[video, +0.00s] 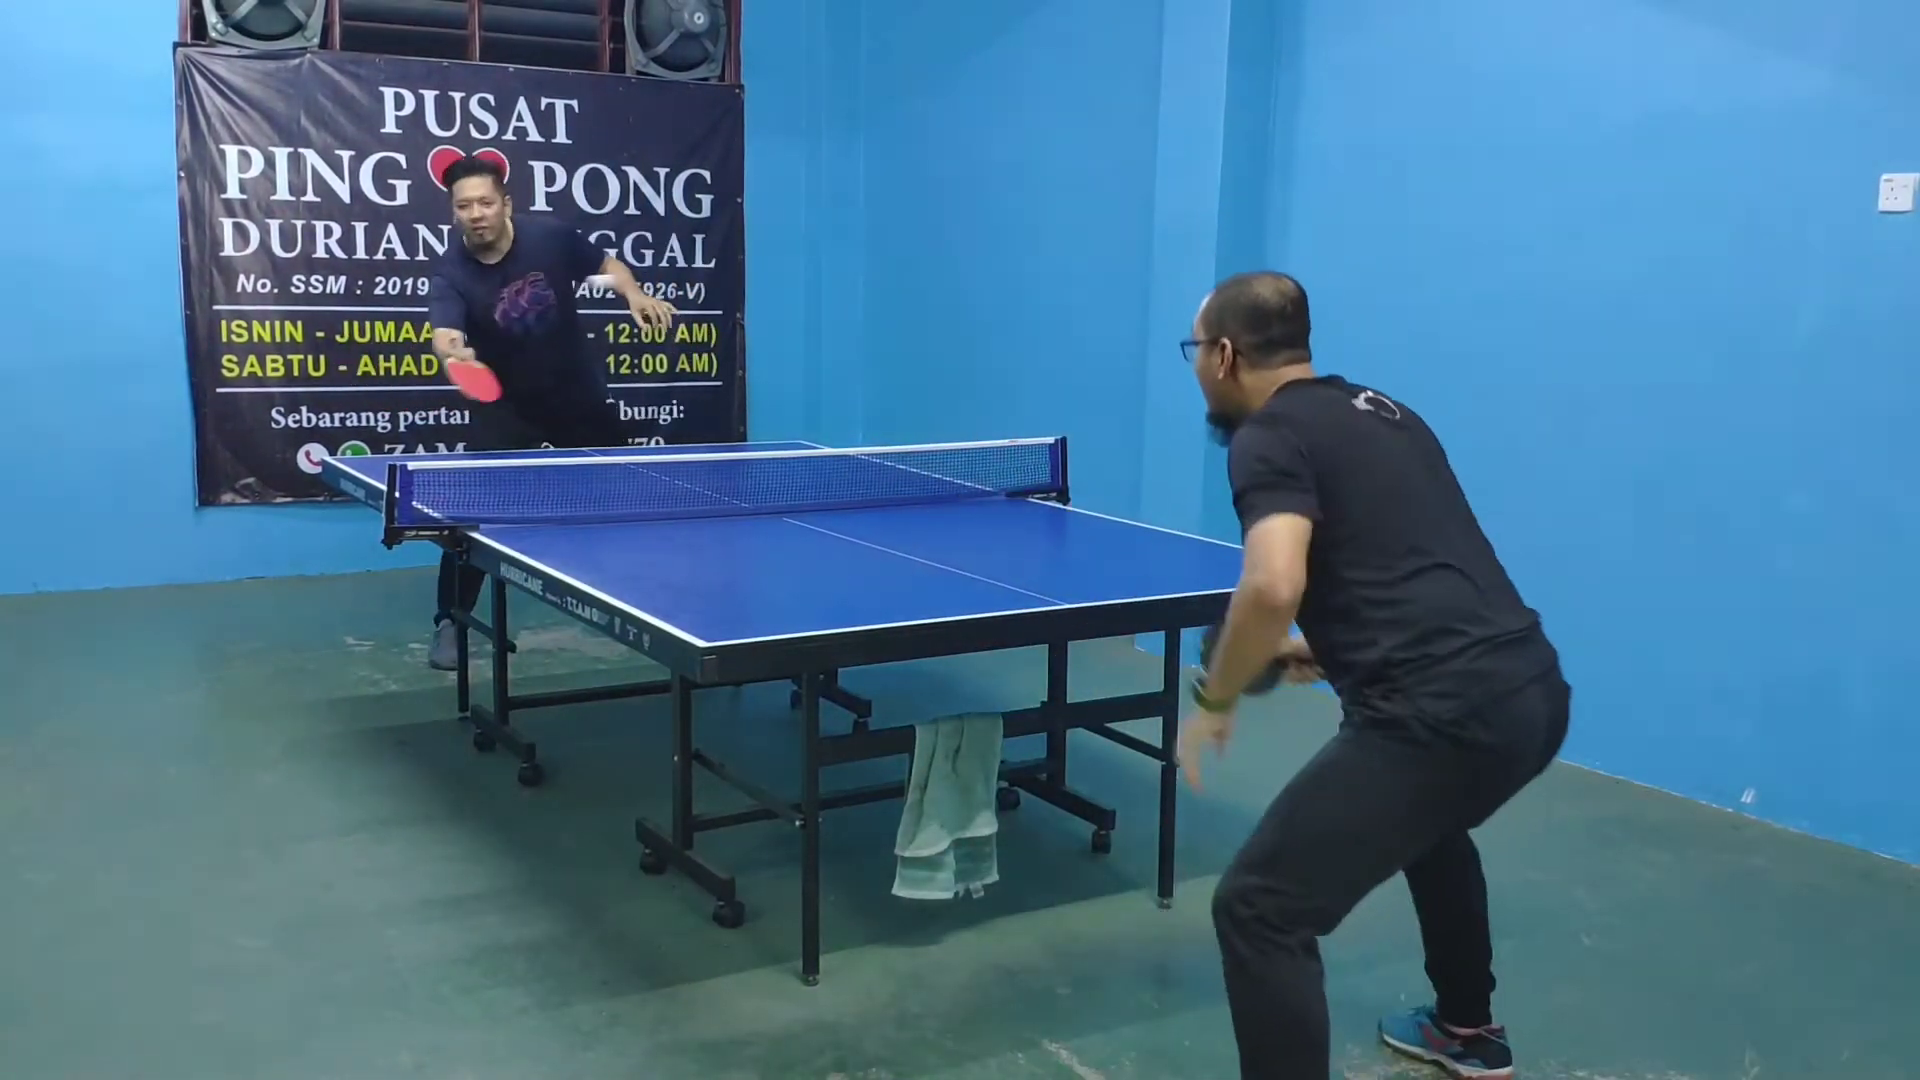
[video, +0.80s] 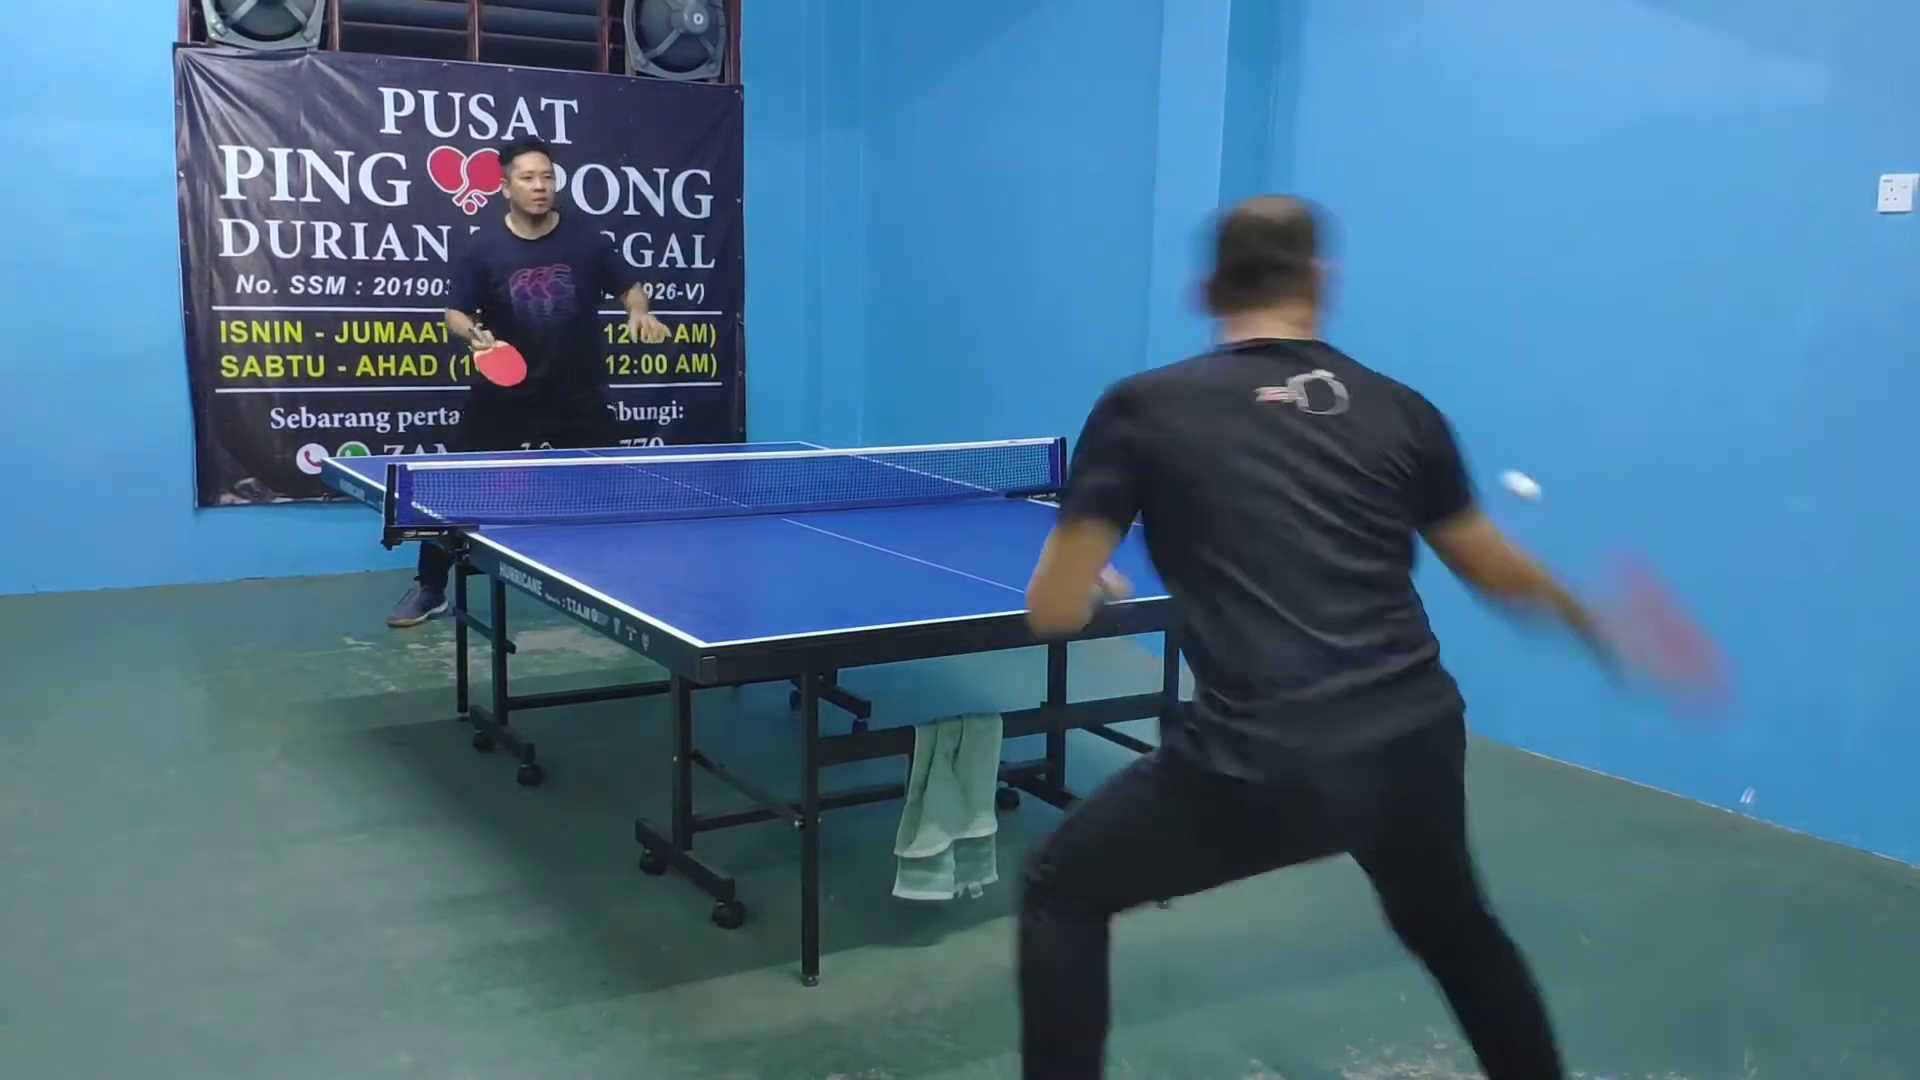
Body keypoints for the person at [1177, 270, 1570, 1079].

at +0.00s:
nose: (1199, 369)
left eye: (1198, 352)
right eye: (1197, 352)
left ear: (1223, 355)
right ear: (1298, 347)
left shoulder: (1272, 434)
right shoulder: (1379, 410)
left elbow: (1272, 589)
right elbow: (1424, 569)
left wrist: (1217, 699)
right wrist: (1323, 647)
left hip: (1433, 721)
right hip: (1530, 701)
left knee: (1258, 911)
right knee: (1424, 816)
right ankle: (1468, 1027)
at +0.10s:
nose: (1214, 380)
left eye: (1215, 365)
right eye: (1212, 365)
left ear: (1240, 370)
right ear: (1316, 362)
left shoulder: (1264, 455)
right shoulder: (1410, 426)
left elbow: (1261, 624)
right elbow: (1484, 551)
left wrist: (1257, 731)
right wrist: (1379, 665)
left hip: (1435, 731)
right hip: (1556, 708)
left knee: (1262, 929)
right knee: (1477, 827)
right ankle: (1478, 1023)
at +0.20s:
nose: (1262, 364)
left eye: (1266, 350)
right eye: (1262, 350)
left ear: (1293, 354)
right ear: (1366, 349)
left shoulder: (1276, 451)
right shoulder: (1467, 420)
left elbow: (1251, 626)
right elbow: (1576, 581)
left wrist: (1303, 707)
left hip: (1417, 727)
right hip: (1556, 710)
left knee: (1251, 931)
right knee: (1493, 831)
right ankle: (1523, 1048)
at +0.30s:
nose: (1335, 371)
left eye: (1337, 355)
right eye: (1335, 356)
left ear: (1363, 354)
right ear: (1440, 356)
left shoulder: (1315, 460)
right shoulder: (1542, 448)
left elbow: (1273, 636)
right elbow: (1652, 608)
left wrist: (1379, 661)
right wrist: (1610, 714)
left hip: (1385, 748)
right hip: (1532, 749)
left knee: (1203, 904)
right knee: (1515, 883)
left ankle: (1234, 1070)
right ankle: (1561, 1067)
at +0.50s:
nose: (1408, 397)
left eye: (1410, 383)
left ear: (1421, 382)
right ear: (1526, 404)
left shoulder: (1361, 475)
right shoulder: (1551, 476)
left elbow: (1387, 583)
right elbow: (1579, 592)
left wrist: (1515, 615)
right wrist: (1635, 779)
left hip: (1311, 790)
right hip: (1469, 803)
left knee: (1161, 956)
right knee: (1531, 899)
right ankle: (1546, 1067)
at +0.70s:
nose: (1472, 336)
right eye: (1471, 325)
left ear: (1354, 339)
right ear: (1469, 340)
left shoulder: (1268, 441)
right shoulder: (1460, 458)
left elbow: (1126, 552)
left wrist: (1149, 651)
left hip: (1244, 786)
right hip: (1403, 792)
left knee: (1124, 976)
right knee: (1498, 932)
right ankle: (1545, 1069)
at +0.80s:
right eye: (1314, 275)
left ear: (1209, 292)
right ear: (1318, 287)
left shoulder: (1144, 411)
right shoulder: (1399, 412)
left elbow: (1052, 610)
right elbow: (1495, 569)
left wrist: (1095, 596)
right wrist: (1582, 617)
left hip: (1256, 767)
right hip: (1409, 750)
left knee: (1062, 882)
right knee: (1458, 934)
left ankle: (1062, 1070)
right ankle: (1541, 1072)